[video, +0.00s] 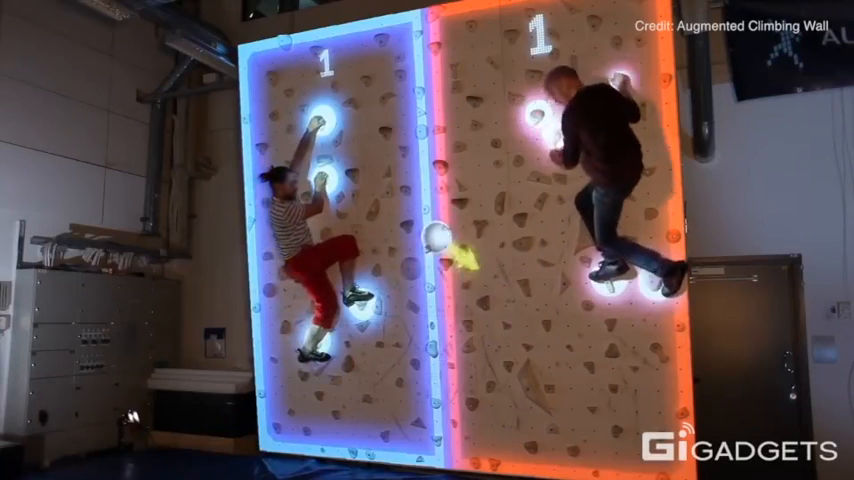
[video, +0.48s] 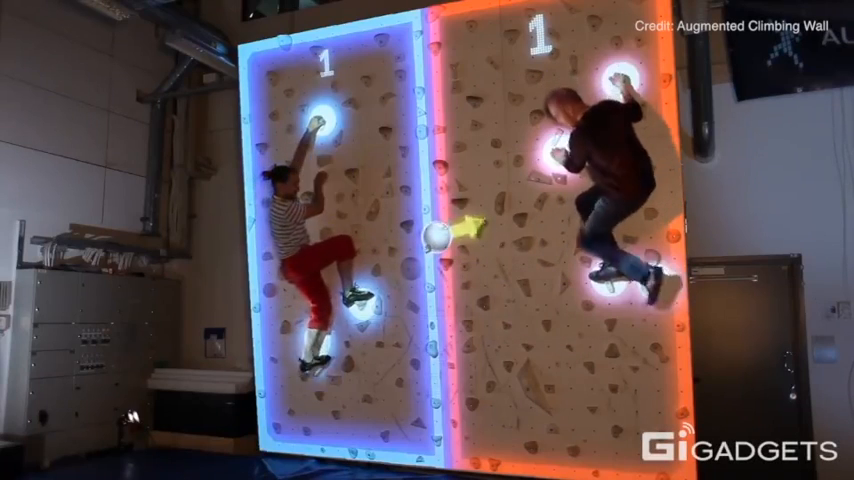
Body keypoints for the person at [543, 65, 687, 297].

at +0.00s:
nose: (555, 100)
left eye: (554, 95)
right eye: (552, 96)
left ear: (563, 86)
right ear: (575, 79)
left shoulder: (572, 114)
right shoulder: (604, 91)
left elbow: (570, 159)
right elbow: (634, 115)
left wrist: (558, 157)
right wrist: (624, 92)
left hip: (611, 178)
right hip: (632, 167)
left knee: (606, 241)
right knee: (583, 201)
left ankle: (669, 270)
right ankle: (614, 261)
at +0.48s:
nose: (559, 123)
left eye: (557, 117)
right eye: (556, 119)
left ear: (565, 111)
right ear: (577, 99)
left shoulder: (580, 135)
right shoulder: (608, 107)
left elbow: (574, 166)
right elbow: (636, 114)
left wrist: (562, 158)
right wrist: (628, 93)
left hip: (626, 192)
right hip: (644, 175)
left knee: (589, 238)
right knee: (584, 203)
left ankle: (647, 274)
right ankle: (613, 263)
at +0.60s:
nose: (562, 124)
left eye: (560, 118)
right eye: (559, 120)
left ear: (571, 111)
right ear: (581, 103)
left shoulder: (583, 137)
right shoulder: (612, 109)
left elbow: (577, 166)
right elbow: (638, 112)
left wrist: (564, 159)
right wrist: (624, 90)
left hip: (628, 195)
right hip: (648, 180)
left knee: (569, 219)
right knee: (584, 202)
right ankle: (613, 259)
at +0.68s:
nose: (564, 122)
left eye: (563, 116)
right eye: (561, 118)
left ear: (574, 109)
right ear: (584, 102)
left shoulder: (585, 136)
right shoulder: (614, 108)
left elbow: (578, 164)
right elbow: (639, 113)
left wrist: (564, 158)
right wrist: (628, 94)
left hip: (626, 196)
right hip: (648, 182)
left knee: (564, 202)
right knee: (583, 200)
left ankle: (596, 259)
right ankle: (611, 260)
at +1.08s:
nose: (566, 113)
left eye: (565, 107)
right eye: (563, 108)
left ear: (578, 101)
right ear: (588, 94)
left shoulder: (585, 129)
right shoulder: (618, 102)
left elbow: (575, 159)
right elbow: (637, 114)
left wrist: (562, 155)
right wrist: (628, 94)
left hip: (621, 194)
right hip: (644, 182)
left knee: (560, 186)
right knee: (578, 198)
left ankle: (584, 245)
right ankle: (613, 262)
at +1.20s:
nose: (566, 113)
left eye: (565, 107)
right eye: (563, 108)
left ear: (578, 101)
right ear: (587, 94)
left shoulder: (585, 129)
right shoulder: (618, 102)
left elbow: (575, 159)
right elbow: (637, 114)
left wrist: (562, 155)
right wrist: (628, 96)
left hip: (618, 192)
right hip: (641, 183)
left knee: (556, 178)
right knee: (580, 203)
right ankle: (612, 261)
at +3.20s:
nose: (568, 96)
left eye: (568, 92)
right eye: (568, 91)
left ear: (575, 92)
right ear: (593, 87)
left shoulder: (574, 124)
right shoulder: (614, 106)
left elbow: (566, 166)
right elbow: (632, 117)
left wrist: (558, 154)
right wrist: (626, 95)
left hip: (602, 195)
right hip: (627, 187)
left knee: (556, 205)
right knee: (574, 206)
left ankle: (574, 269)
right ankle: (611, 260)